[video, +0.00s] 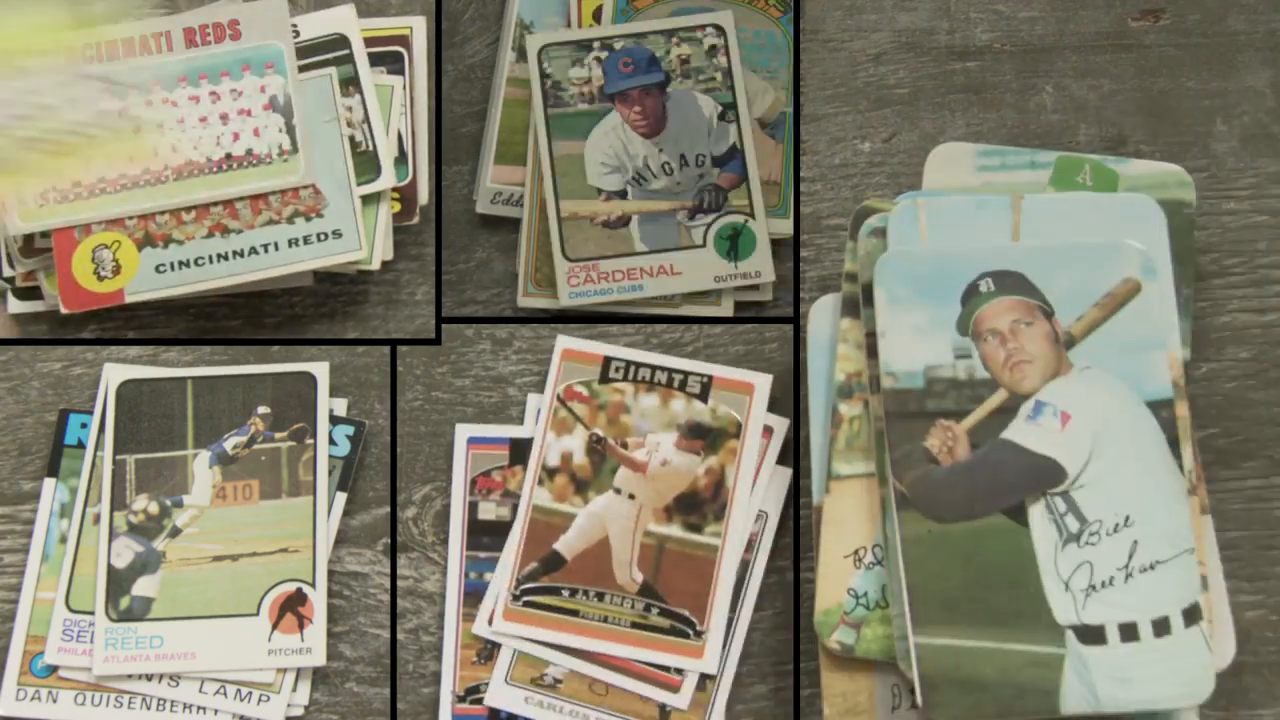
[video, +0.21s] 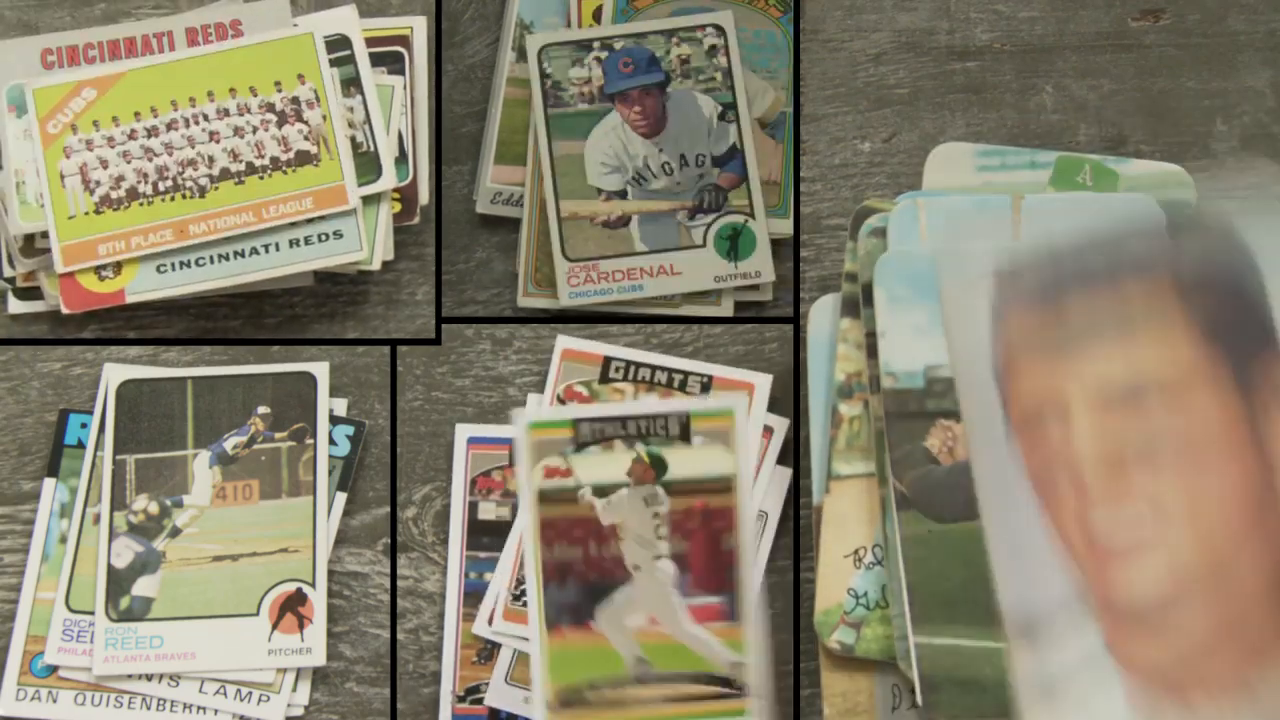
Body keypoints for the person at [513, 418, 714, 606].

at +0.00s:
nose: (680, 440)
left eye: (686, 438)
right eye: (681, 435)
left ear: (699, 444)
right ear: (682, 434)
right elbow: (641, 444)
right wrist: (613, 443)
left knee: (626, 577)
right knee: (567, 545)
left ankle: (672, 619)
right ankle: (516, 585)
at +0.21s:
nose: (631, 465)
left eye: (637, 463)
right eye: (634, 461)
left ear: (649, 474)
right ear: (649, 475)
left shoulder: (627, 498)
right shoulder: (659, 494)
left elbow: (603, 512)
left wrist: (588, 498)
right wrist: (598, 500)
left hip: (651, 572)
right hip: (662, 567)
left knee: (679, 626)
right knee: (606, 615)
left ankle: (734, 664)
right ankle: (638, 666)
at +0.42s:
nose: (645, 443)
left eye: (651, 441)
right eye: (648, 439)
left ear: (661, 453)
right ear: (661, 455)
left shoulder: (636, 472)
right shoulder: (666, 473)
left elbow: (612, 483)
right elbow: (631, 480)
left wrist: (601, 468)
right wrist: (605, 472)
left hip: (649, 541)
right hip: (660, 538)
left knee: (672, 596)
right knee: (600, 574)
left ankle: (719, 637)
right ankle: (624, 622)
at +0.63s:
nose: (645, 442)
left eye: (651, 441)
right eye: (648, 439)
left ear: (661, 453)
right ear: (661, 455)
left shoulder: (636, 472)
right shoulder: (666, 473)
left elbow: (612, 483)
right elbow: (629, 478)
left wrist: (601, 469)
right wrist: (605, 471)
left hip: (649, 542)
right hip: (659, 539)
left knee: (672, 596)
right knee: (600, 574)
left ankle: (718, 637)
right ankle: (624, 622)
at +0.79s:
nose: (645, 443)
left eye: (651, 441)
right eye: (648, 439)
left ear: (661, 453)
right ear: (660, 455)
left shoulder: (636, 472)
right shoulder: (665, 473)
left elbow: (612, 483)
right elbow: (631, 482)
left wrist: (601, 468)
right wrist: (605, 472)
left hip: (649, 542)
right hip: (658, 539)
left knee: (672, 596)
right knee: (600, 575)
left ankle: (718, 636)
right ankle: (624, 621)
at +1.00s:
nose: (645, 442)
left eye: (651, 441)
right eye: (648, 439)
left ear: (660, 453)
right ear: (661, 455)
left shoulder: (636, 472)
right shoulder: (665, 472)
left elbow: (612, 483)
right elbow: (630, 480)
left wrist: (601, 468)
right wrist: (605, 473)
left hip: (649, 542)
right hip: (659, 539)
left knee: (672, 596)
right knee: (600, 574)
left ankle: (718, 637)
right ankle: (624, 622)